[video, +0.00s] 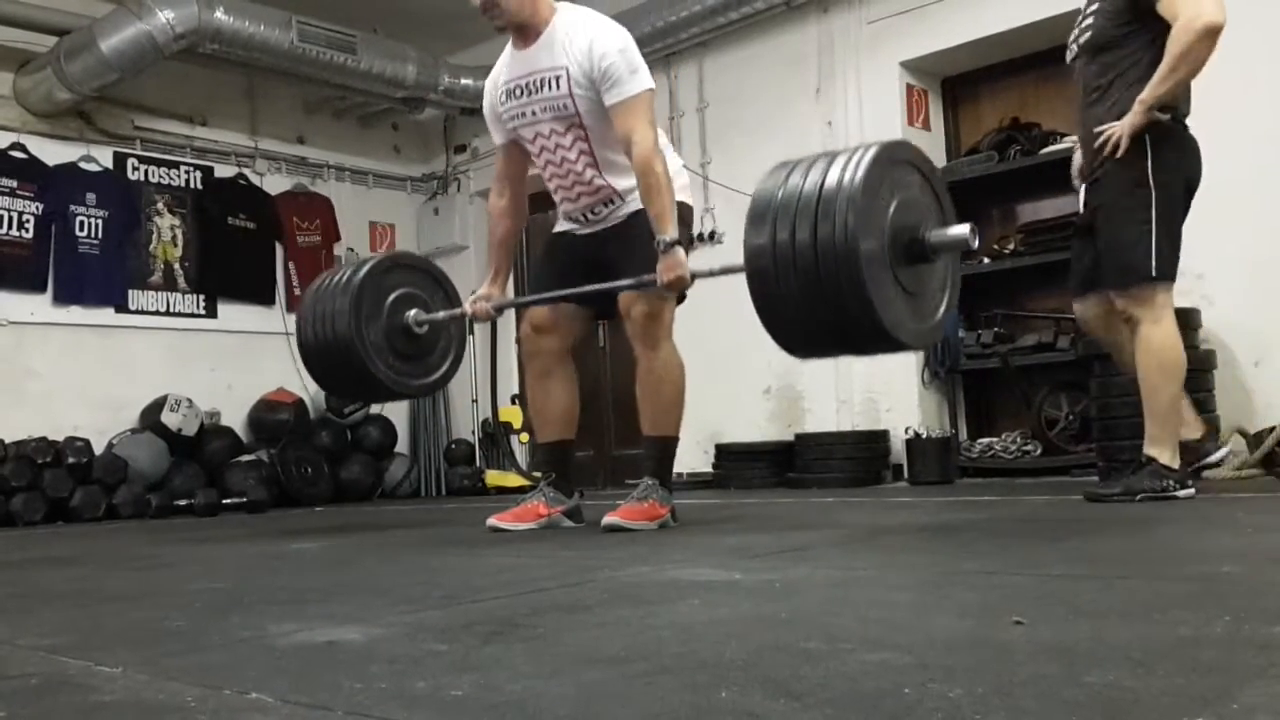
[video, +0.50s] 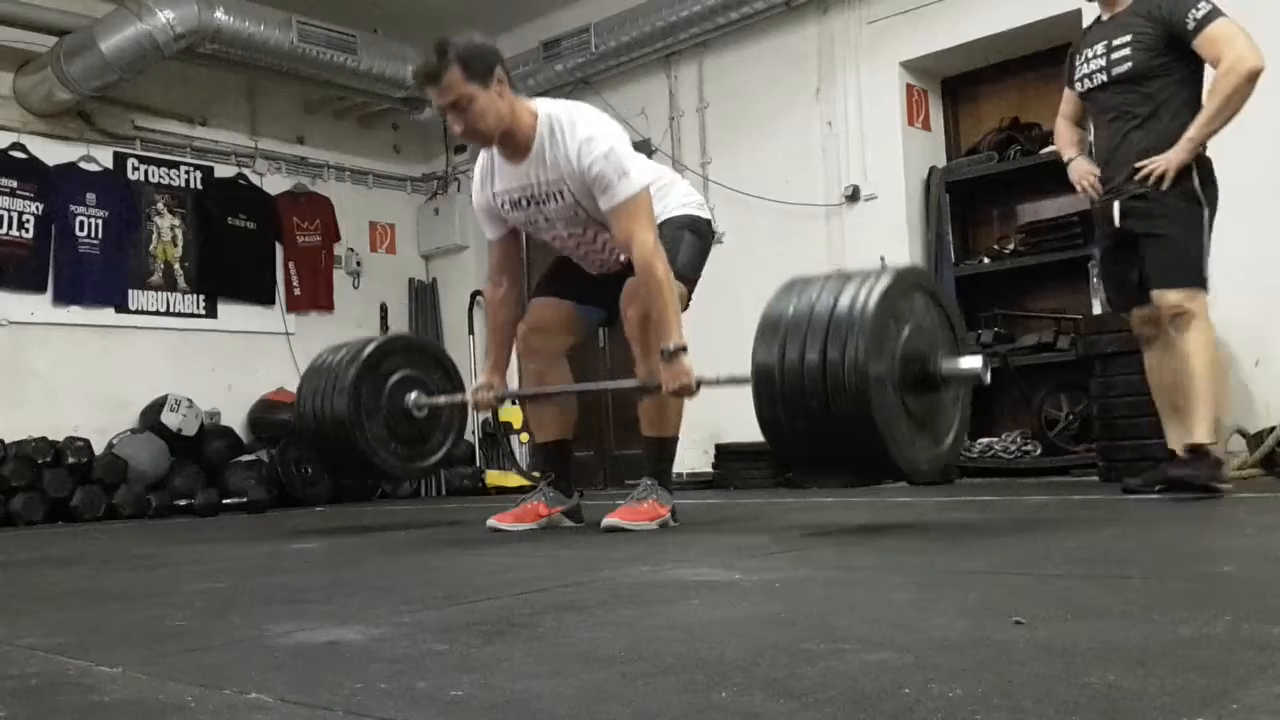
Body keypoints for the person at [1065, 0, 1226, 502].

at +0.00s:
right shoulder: (1091, 11)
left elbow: (1203, 19)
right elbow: (1102, 81)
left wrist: (1141, 110)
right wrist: (1086, 146)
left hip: (1146, 148)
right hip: (1110, 159)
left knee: (1145, 300)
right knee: (1095, 306)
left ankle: (1163, 463)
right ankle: (1192, 435)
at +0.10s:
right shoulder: (1090, 12)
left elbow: (1211, 28)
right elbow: (1109, 81)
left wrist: (1143, 112)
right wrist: (1090, 143)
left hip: (1144, 158)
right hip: (1102, 168)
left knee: (1144, 301)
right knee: (1104, 313)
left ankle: (1164, 463)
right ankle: (1176, 446)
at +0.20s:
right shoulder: (1091, 15)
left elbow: (1215, 42)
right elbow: (1095, 89)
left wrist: (1149, 124)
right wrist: (1079, 143)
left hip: (1150, 163)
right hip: (1108, 173)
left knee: (1147, 304)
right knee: (1126, 309)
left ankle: (1162, 462)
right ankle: (1182, 454)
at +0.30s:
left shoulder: (1160, 2)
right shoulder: (1086, 34)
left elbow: (1220, 54)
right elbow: (1073, 107)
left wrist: (1157, 139)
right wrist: (1071, 148)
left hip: (1156, 173)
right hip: (1113, 183)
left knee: (1152, 308)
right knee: (1137, 312)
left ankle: (1163, 460)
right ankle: (1185, 456)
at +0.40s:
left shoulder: (1163, 4)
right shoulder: (1084, 43)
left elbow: (1229, 61)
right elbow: (1067, 119)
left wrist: (1172, 145)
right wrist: (1069, 156)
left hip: (1163, 180)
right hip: (1112, 190)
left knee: (1160, 307)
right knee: (1143, 318)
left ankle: (1172, 449)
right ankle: (1184, 455)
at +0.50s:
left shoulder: (1168, 6)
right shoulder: (1084, 46)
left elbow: (1243, 61)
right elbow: (1066, 122)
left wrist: (1185, 146)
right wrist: (1073, 159)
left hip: (1170, 183)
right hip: (1114, 195)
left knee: (1178, 307)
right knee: (1145, 322)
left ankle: (1201, 454)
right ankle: (1179, 457)